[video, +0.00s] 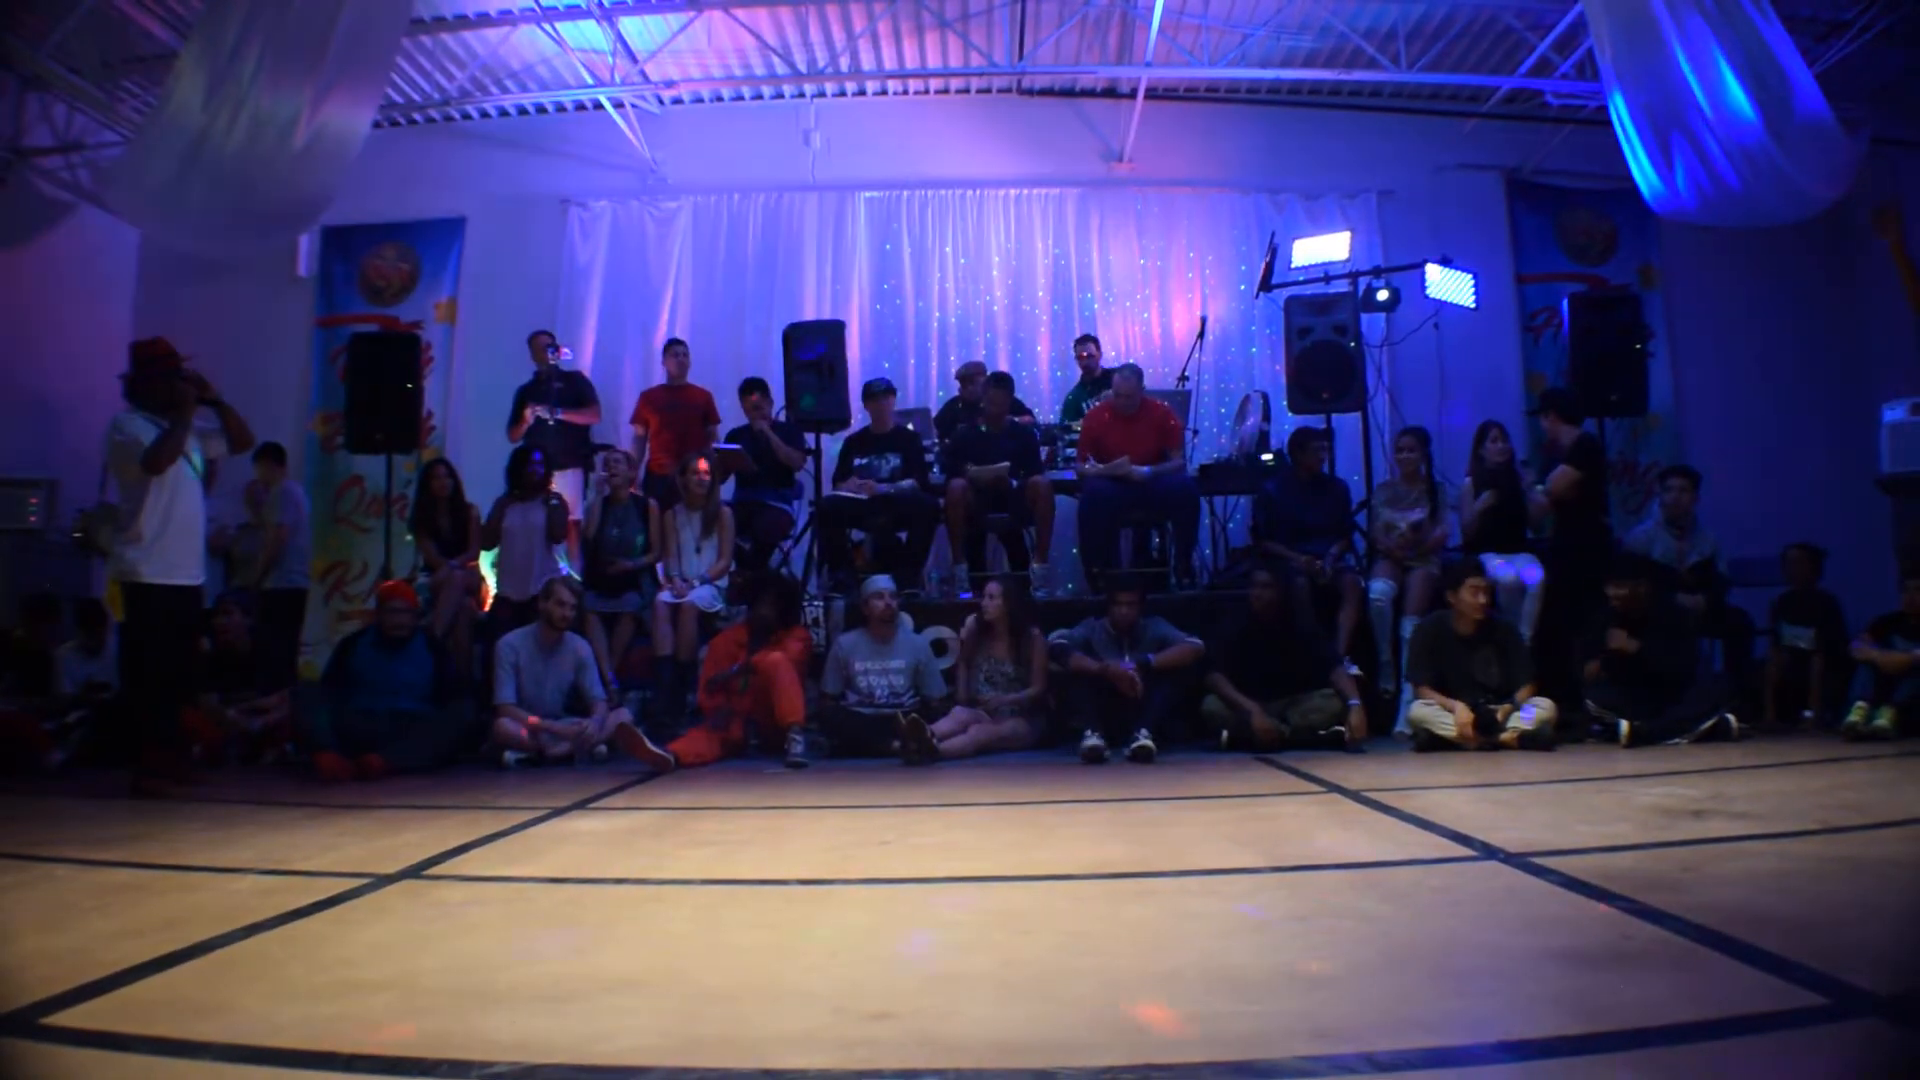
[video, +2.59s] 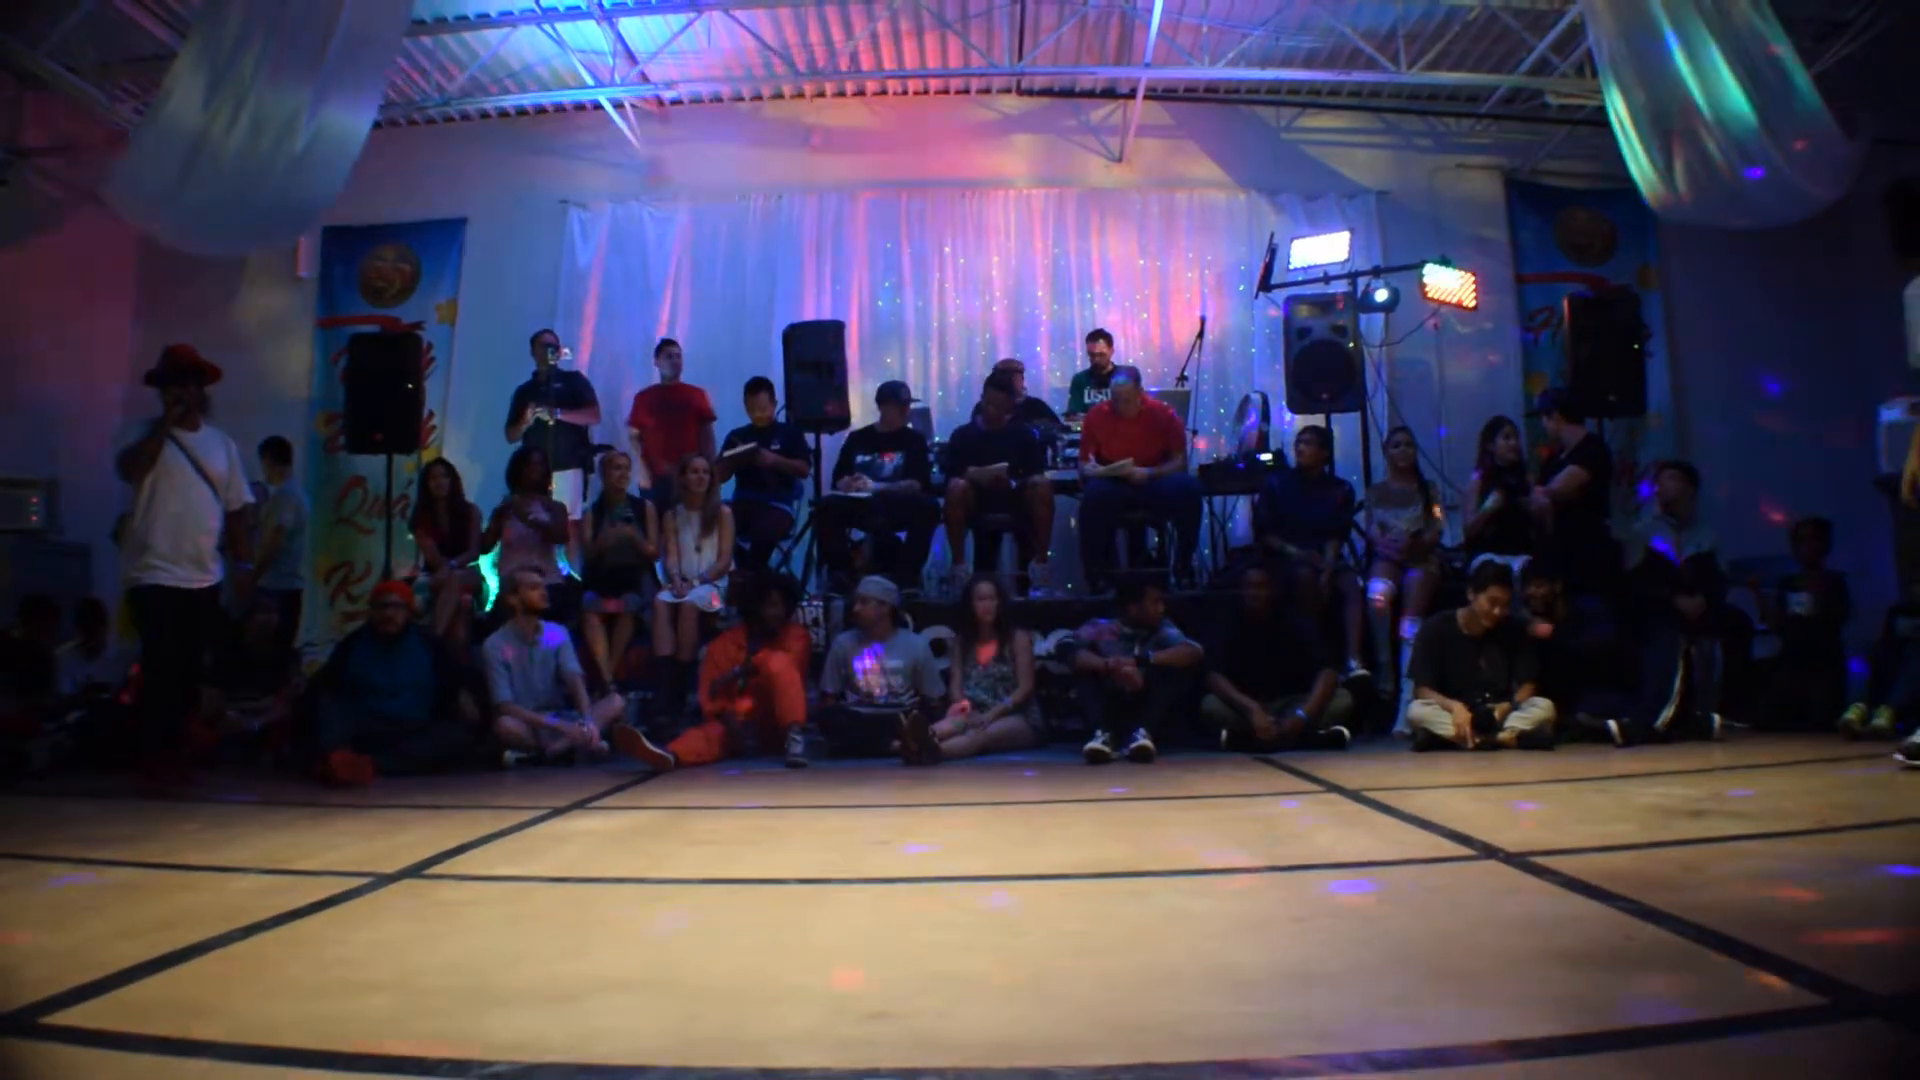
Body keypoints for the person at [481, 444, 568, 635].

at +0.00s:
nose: (536, 471)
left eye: (541, 465)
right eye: (530, 465)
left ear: (547, 470)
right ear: (517, 469)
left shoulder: (553, 502)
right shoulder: (504, 503)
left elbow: (558, 537)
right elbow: (487, 542)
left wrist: (553, 503)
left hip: (542, 592)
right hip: (508, 592)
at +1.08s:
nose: (534, 470)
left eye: (540, 465)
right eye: (528, 464)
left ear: (547, 470)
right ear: (515, 468)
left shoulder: (554, 500)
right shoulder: (501, 500)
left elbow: (566, 546)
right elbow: (491, 546)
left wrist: (557, 511)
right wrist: (496, 513)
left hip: (544, 593)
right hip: (508, 593)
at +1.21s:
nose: (534, 470)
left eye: (539, 464)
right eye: (528, 464)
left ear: (546, 470)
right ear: (515, 468)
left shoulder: (553, 501)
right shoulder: (501, 501)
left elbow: (564, 548)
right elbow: (491, 543)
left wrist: (557, 512)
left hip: (543, 591)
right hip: (508, 590)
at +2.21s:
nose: (534, 469)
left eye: (539, 463)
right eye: (527, 463)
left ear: (546, 469)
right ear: (515, 468)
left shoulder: (551, 503)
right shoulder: (498, 505)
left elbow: (561, 549)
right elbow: (489, 547)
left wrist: (555, 513)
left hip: (546, 582)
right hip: (509, 583)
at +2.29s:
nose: (534, 469)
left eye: (539, 464)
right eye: (527, 464)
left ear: (546, 469)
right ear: (515, 468)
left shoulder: (551, 503)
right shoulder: (497, 507)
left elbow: (562, 549)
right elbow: (487, 550)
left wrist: (555, 516)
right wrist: (495, 516)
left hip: (548, 584)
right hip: (509, 587)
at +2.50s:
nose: (535, 470)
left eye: (540, 465)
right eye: (529, 465)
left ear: (547, 470)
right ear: (518, 469)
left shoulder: (555, 506)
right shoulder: (505, 501)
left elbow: (564, 543)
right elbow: (486, 547)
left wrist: (546, 517)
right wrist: (500, 512)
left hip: (548, 581)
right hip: (512, 582)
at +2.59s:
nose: (536, 471)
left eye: (541, 466)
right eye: (530, 466)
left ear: (547, 471)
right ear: (518, 470)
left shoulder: (555, 507)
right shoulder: (506, 507)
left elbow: (561, 537)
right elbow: (485, 546)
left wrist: (527, 520)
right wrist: (502, 516)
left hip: (547, 575)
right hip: (513, 576)